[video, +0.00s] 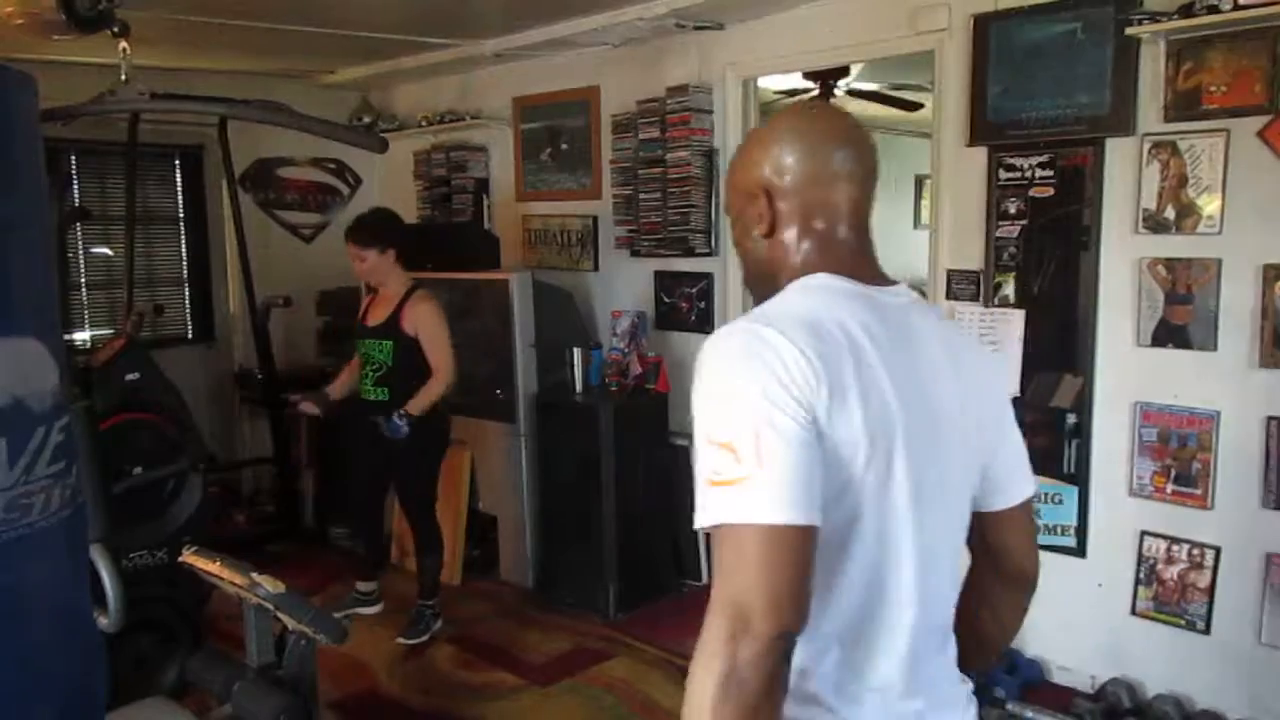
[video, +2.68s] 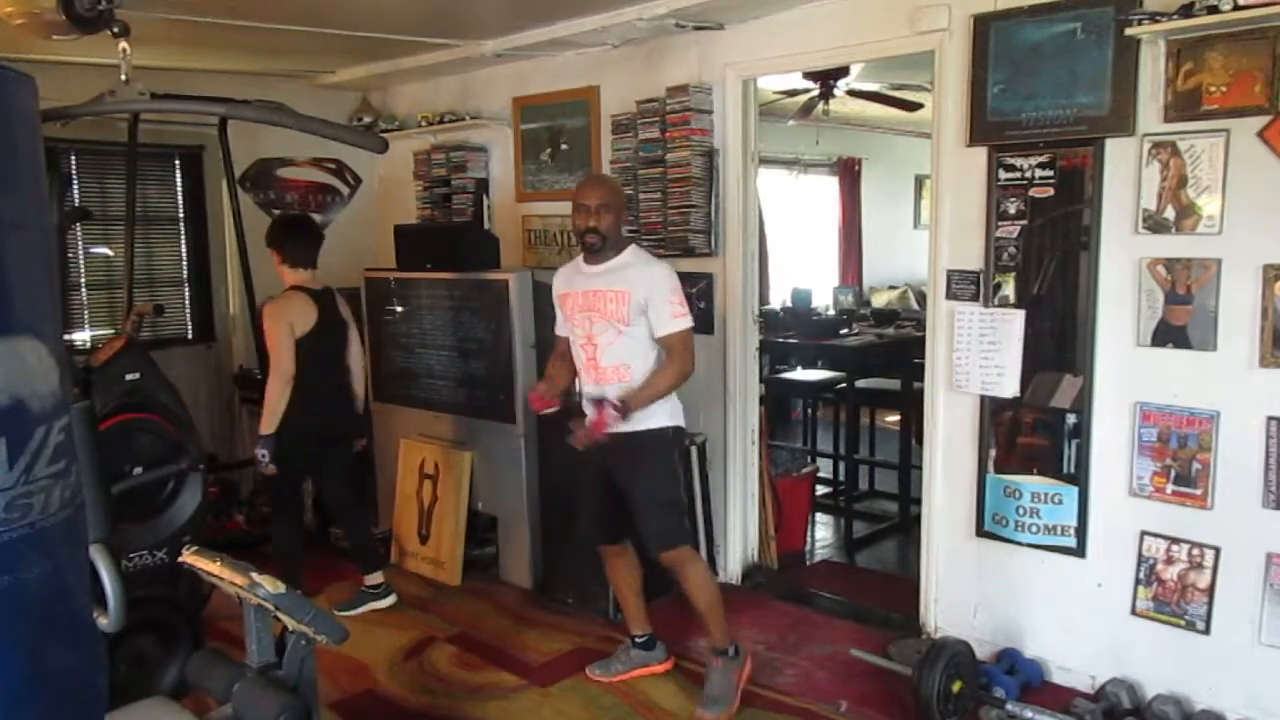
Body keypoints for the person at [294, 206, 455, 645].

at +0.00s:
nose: (354, 268)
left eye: (361, 259)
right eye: (352, 259)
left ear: (390, 255)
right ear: (371, 256)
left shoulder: (421, 306)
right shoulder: (371, 300)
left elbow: (444, 374)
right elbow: (362, 362)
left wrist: (407, 414)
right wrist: (326, 398)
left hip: (416, 426)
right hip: (372, 424)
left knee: (419, 511)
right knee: (367, 505)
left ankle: (428, 605)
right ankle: (368, 589)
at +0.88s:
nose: (353, 258)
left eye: (363, 249)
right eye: (351, 249)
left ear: (389, 252)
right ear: (352, 252)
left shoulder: (410, 307)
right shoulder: (364, 301)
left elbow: (419, 375)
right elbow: (345, 363)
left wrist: (363, 405)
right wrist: (317, 410)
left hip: (411, 423)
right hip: (376, 420)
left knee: (413, 509)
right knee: (381, 507)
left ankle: (427, 604)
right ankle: (380, 591)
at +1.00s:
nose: (352, 260)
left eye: (359, 252)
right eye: (350, 252)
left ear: (386, 253)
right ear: (358, 255)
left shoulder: (413, 305)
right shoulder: (364, 301)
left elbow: (392, 368)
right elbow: (337, 347)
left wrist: (336, 356)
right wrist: (305, 348)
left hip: (408, 425)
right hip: (370, 423)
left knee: (413, 511)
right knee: (381, 508)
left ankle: (427, 605)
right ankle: (381, 590)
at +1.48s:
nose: (339, 260)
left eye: (345, 251)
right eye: (338, 252)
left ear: (371, 252)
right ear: (361, 254)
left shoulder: (402, 306)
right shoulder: (364, 302)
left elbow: (408, 377)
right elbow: (351, 361)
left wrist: (348, 406)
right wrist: (311, 389)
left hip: (408, 421)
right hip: (375, 418)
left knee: (412, 510)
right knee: (381, 505)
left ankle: (427, 606)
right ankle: (381, 590)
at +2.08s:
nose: (314, 263)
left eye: (314, 256)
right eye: (314, 255)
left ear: (323, 259)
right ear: (354, 254)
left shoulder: (341, 311)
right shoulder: (370, 299)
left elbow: (356, 373)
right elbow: (378, 365)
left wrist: (329, 433)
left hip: (361, 421)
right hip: (382, 414)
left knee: (358, 504)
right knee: (370, 500)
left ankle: (383, 591)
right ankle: (379, 584)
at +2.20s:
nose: (308, 262)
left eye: (309, 255)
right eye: (308, 255)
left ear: (319, 258)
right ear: (349, 254)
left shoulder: (332, 310)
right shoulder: (366, 299)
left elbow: (343, 372)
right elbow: (374, 364)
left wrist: (309, 427)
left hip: (350, 418)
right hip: (378, 413)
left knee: (323, 494)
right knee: (366, 497)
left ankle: (343, 585)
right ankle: (381, 586)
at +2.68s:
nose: (271, 258)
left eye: (271, 252)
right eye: (273, 251)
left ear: (277, 257)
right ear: (315, 254)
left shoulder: (278, 308)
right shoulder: (338, 302)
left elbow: (283, 374)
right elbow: (356, 363)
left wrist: (265, 435)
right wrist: (358, 415)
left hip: (297, 427)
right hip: (338, 420)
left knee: (287, 510)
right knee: (345, 498)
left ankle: (289, 591)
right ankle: (376, 582)